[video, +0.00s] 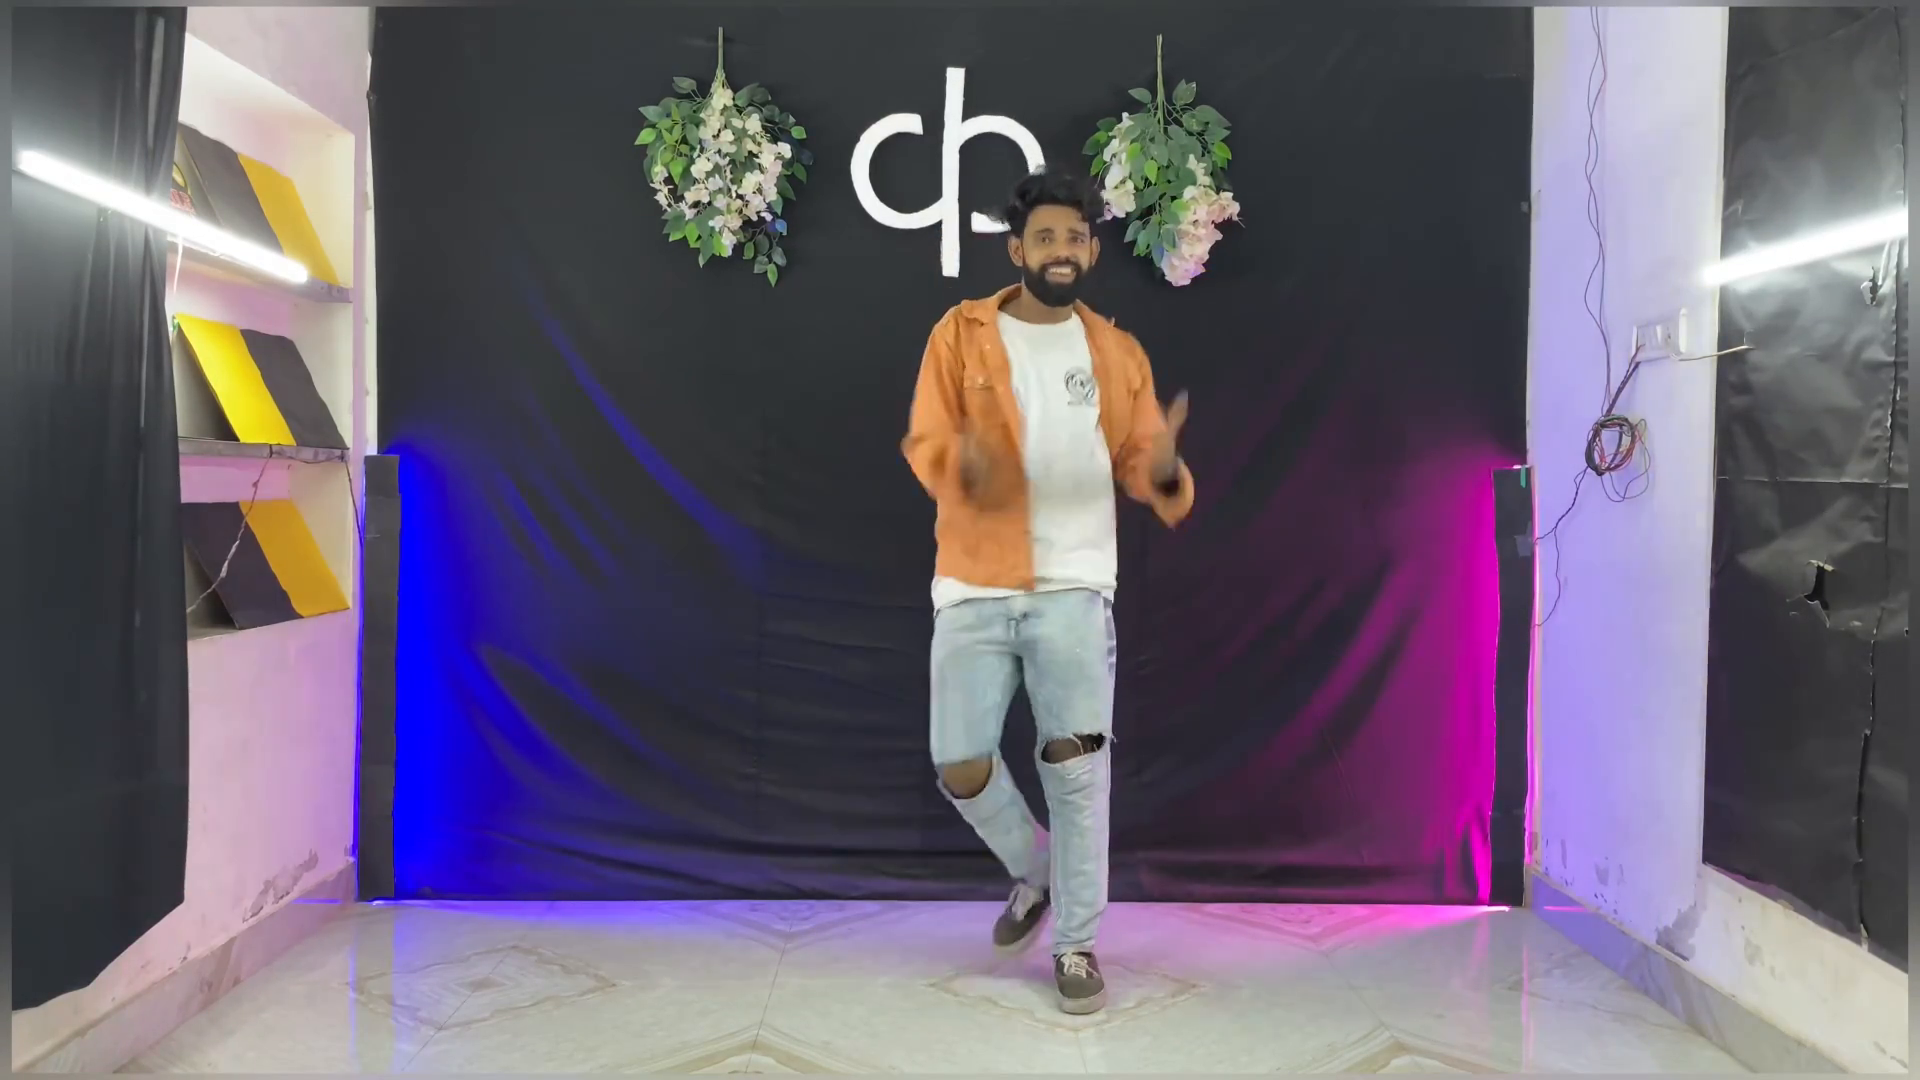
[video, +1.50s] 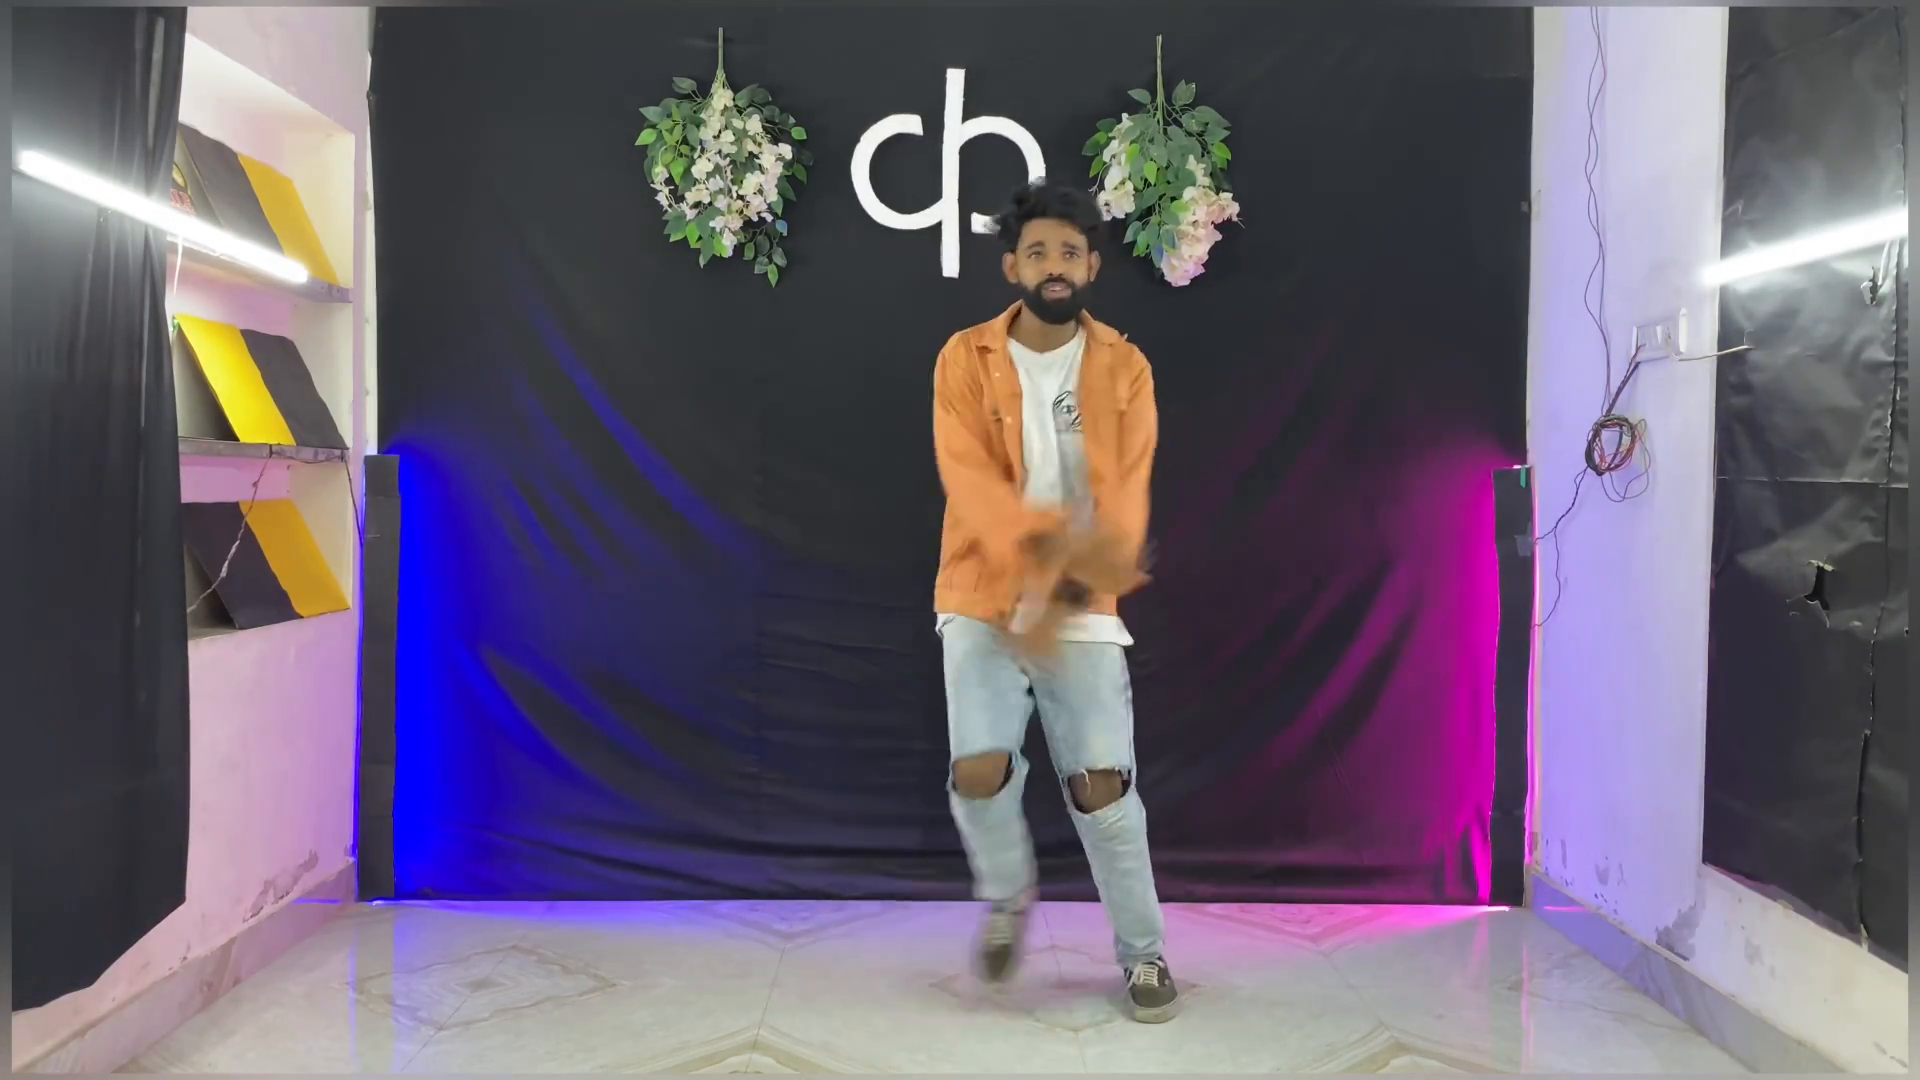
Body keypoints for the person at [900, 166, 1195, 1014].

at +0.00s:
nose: (1062, 252)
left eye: (1076, 238)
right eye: (1045, 237)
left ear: (1093, 249)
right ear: (1015, 245)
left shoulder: (1117, 351)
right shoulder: (962, 333)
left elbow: (1147, 464)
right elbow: (926, 442)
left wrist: (1162, 468)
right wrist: (964, 464)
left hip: (1074, 583)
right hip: (973, 582)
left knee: (1073, 760)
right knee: (961, 762)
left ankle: (1077, 940)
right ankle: (1033, 872)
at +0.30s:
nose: (981, 281)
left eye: (992, 263)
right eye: (962, 271)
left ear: (1018, 267)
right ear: (938, 285)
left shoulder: (1061, 378)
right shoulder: (904, 351)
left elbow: (1060, 504)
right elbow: (855, 478)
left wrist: (1061, 509)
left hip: (1007, 619)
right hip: (903, 609)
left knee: (1019, 788)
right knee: (853, 775)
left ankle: (1068, 946)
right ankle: (783, 939)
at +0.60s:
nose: (919, 307)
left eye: (929, 287)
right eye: (900, 298)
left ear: (960, 284)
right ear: (885, 312)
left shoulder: (1020, 365)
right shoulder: (874, 388)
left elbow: (1020, 465)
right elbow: (822, 491)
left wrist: (988, 561)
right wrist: (753, 580)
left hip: (980, 611)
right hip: (877, 610)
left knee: (1005, 778)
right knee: (835, 781)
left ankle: (1066, 945)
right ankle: (793, 941)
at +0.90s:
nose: (895, 301)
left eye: (914, 287)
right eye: (880, 286)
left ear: (947, 297)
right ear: (862, 297)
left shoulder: (992, 378)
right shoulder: (847, 402)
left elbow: (1057, 503)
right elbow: (826, 513)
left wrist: (1030, 479)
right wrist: (760, 456)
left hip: (994, 624)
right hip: (898, 625)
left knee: (986, 776)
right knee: (852, 789)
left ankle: (1089, 911)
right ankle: (791, 943)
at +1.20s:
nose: (1048, 304)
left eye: (1066, 292)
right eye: (1035, 285)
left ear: (1085, 305)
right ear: (1004, 287)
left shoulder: (1102, 402)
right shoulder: (943, 381)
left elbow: (1122, 519)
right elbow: (903, 492)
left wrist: (1185, 577)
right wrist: (876, 568)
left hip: (1054, 646)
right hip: (944, 640)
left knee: (1071, 817)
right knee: (878, 802)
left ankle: (1138, 955)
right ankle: (799, 943)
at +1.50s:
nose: (1054, 268)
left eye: (1071, 253)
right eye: (1036, 253)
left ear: (1093, 267)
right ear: (1010, 263)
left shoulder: (1123, 366)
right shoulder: (965, 358)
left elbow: (1128, 492)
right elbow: (964, 476)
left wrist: (1076, 576)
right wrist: (1040, 536)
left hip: (1083, 602)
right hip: (981, 600)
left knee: (1100, 783)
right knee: (978, 767)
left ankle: (1142, 951)